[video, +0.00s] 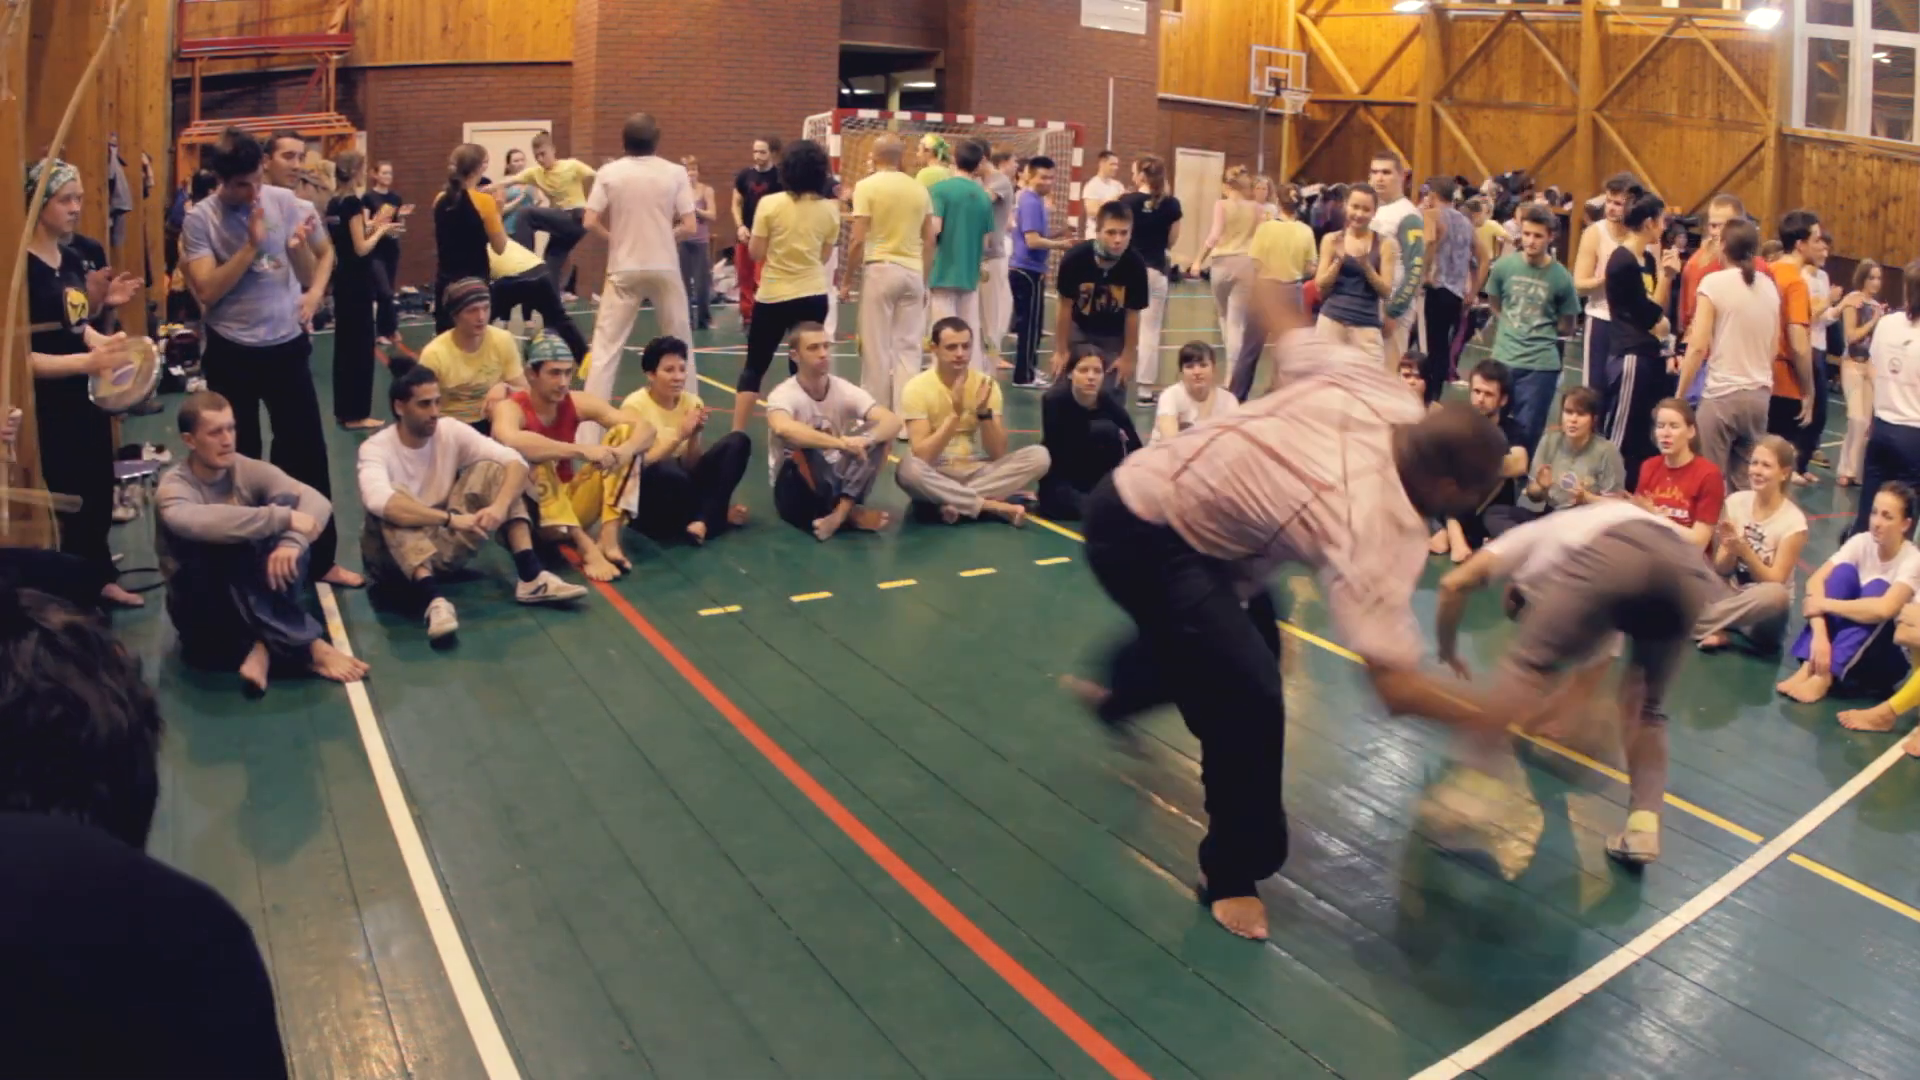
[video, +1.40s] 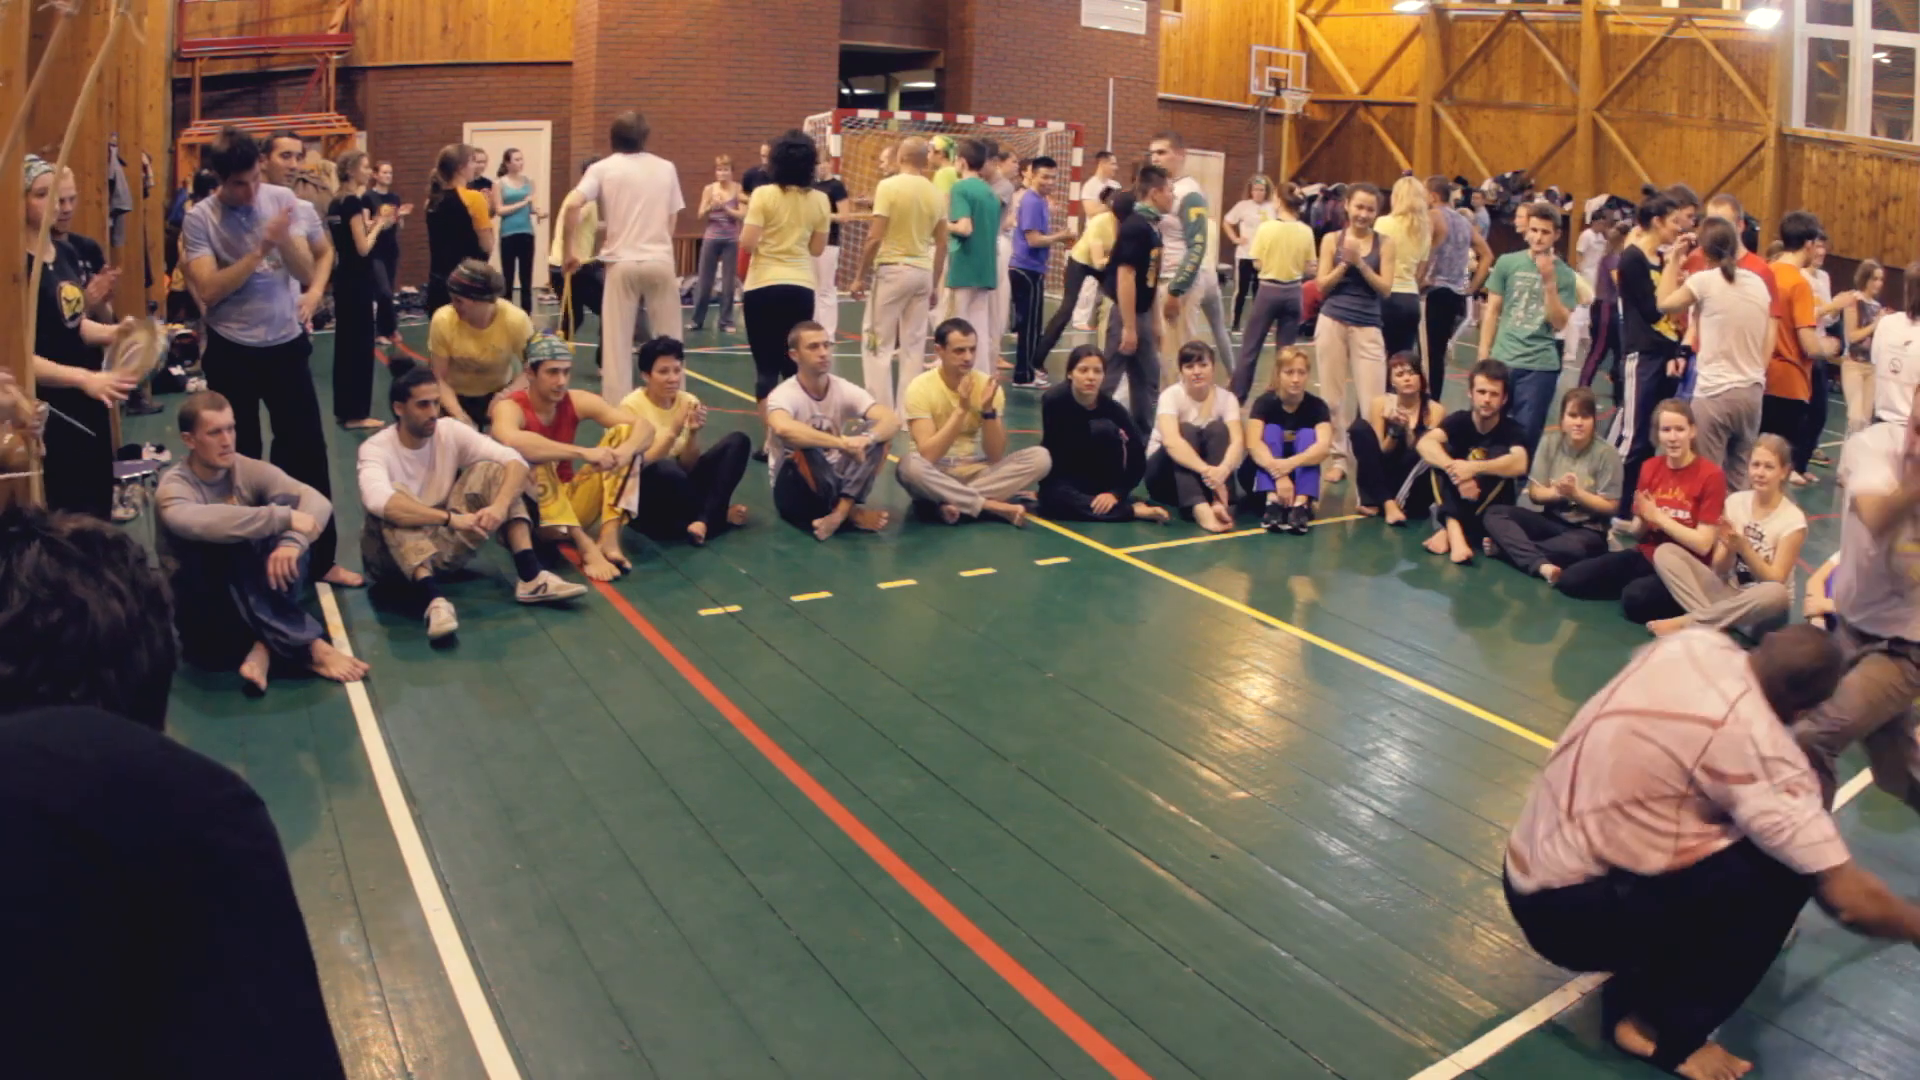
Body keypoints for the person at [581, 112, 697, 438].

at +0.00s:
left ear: (624, 142)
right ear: (656, 142)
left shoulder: (609, 172)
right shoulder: (675, 173)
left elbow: (589, 220)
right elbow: (689, 227)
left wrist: (614, 239)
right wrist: (662, 238)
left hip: (624, 266)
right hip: (664, 265)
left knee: (605, 347)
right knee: (679, 342)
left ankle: (590, 425)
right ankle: (689, 415)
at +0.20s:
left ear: (648, 138)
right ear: (679, 138)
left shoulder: (631, 168)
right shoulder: (697, 169)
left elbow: (615, 215)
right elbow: (706, 226)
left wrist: (624, 256)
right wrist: (700, 265)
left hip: (643, 259)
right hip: (684, 261)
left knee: (624, 342)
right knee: (690, 341)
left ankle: (604, 421)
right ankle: (691, 416)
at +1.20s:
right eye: (658, 138)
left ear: (626, 141)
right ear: (658, 141)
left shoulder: (613, 170)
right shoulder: (675, 173)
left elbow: (586, 206)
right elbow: (684, 218)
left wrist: (582, 252)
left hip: (625, 266)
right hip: (664, 267)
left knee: (621, 346)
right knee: (676, 346)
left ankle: (619, 419)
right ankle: (686, 417)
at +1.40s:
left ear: (613, 139)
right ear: (644, 138)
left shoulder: (602, 168)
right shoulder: (666, 168)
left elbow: (572, 205)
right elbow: (672, 224)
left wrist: (569, 252)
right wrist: (655, 247)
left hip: (621, 265)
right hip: (660, 262)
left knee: (616, 344)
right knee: (670, 341)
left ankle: (618, 418)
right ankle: (673, 414)